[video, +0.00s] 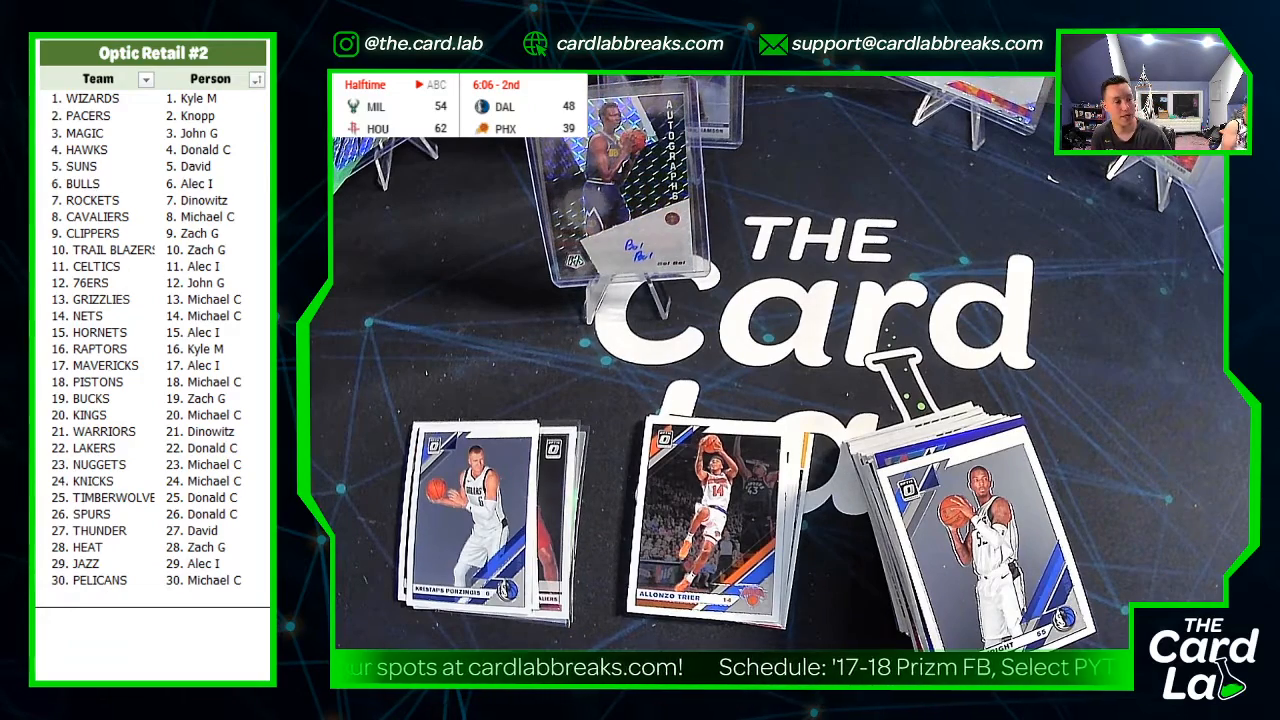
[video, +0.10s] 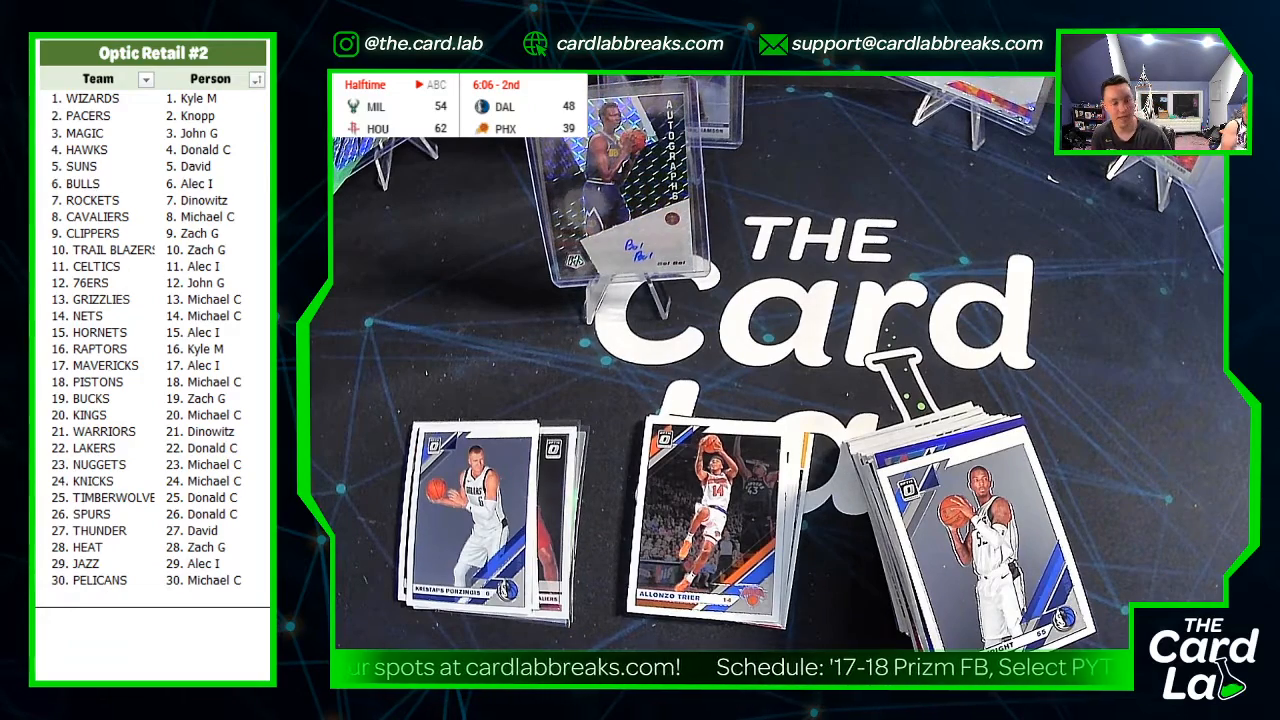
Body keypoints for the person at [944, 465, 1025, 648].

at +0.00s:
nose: (980, 483)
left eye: (984, 479)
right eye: (976, 480)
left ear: (990, 481)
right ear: (970, 485)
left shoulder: (1000, 504)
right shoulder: (975, 517)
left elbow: (998, 539)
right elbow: (965, 559)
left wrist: (973, 517)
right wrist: (953, 530)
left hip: (1007, 578)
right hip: (985, 584)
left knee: (1018, 632)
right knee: (992, 639)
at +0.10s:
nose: (980, 483)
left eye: (984, 479)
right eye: (976, 480)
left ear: (990, 481)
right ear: (970, 485)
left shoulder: (1000, 504)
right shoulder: (975, 517)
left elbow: (998, 539)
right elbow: (965, 559)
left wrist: (973, 517)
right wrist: (953, 530)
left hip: (1007, 579)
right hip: (985, 584)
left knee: (1018, 632)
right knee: (992, 639)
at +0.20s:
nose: (981, 483)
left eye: (984, 479)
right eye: (976, 480)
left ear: (990, 481)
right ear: (970, 485)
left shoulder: (1000, 504)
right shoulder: (975, 517)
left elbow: (997, 539)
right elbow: (965, 559)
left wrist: (973, 517)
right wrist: (953, 530)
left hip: (1007, 579)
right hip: (985, 585)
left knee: (1018, 633)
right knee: (992, 639)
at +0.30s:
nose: (980, 483)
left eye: (984, 479)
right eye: (976, 480)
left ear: (990, 482)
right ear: (970, 485)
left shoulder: (1000, 504)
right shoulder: (975, 518)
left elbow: (997, 539)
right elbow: (965, 559)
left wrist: (973, 517)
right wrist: (953, 530)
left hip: (1007, 579)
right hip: (985, 585)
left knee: (1018, 633)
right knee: (992, 640)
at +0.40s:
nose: (980, 483)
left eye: (984, 479)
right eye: (976, 480)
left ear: (990, 482)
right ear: (970, 485)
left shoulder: (1000, 504)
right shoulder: (975, 518)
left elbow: (997, 539)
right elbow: (965, 559)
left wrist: (973, 517)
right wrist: (953, 530)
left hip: (1007, 579)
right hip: (985, 585)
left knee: (1018, 633)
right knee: (992, 640)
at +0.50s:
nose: (980, 483)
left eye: (984, 479)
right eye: (976, 480)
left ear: (990, 482)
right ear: (970, 485)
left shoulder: (1000, 504)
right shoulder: (975, 518)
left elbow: (997, 539)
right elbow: (965, 559)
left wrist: (973, 517)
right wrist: (953, 530)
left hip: (1007, 579)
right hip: (985, 585)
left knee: (1018, 633)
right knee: (992, 640)